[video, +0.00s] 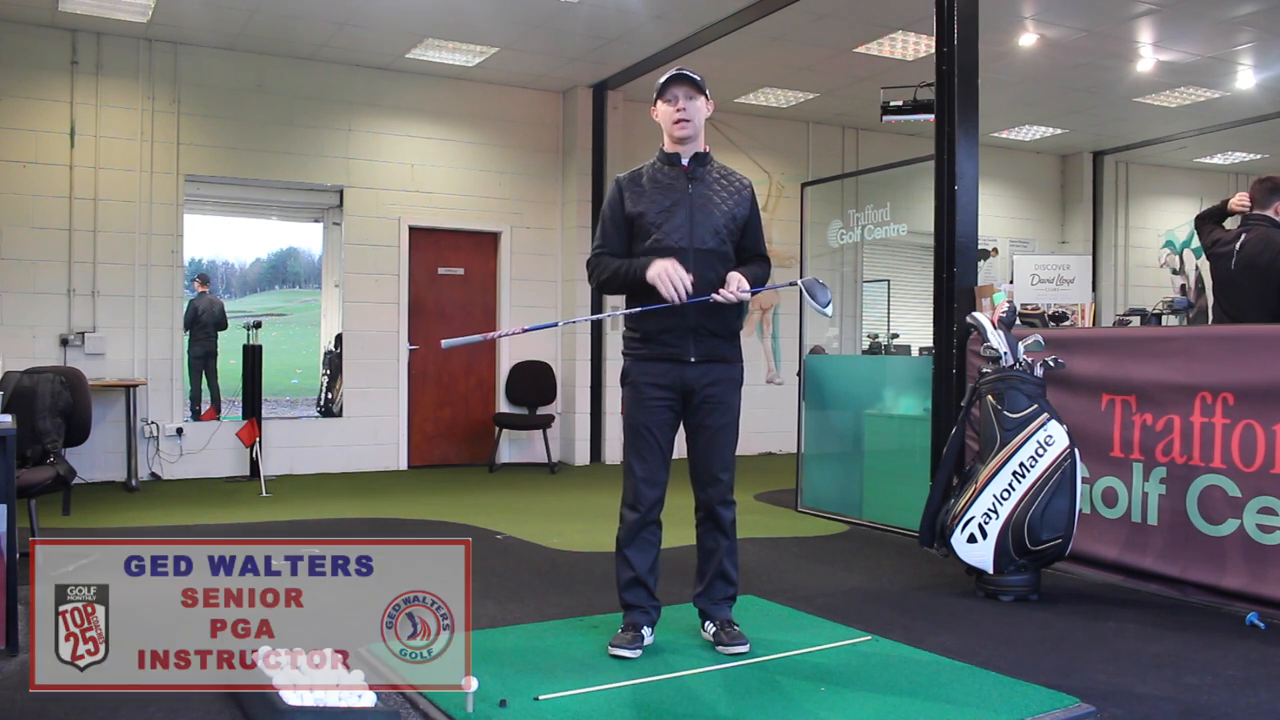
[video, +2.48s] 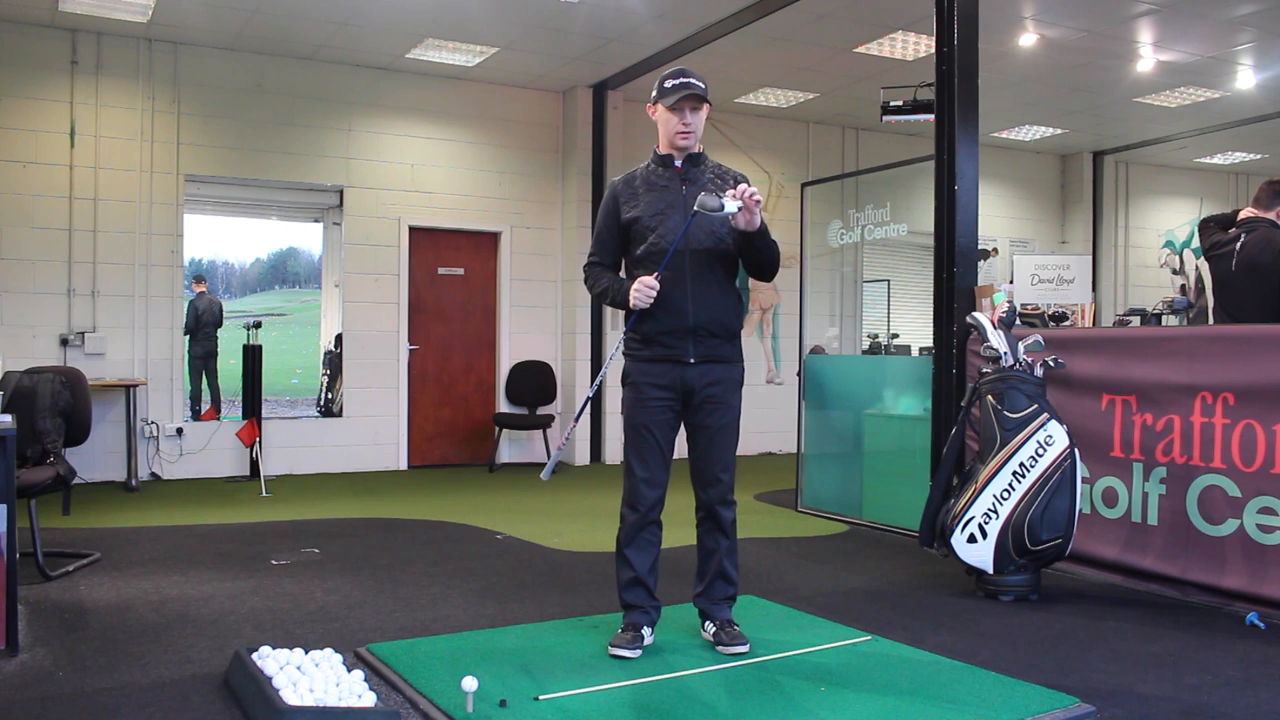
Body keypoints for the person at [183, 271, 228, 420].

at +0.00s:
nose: (194, 285)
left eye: (195, 283)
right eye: (194, 283)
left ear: (199, 284)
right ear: (207, 285)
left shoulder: (194, 302)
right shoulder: (218, 302)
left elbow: (186, 324)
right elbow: (224, 325)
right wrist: (211, 325)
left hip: (196, 346)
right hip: (212, 346)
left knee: (195, 382)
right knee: (213, 381)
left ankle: (196, 414)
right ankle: (216, 412)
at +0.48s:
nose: (194, 285)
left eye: (195, 283)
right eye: (195, 282)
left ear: (199, 284)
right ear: (208, 285)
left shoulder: (194, 302)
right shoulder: (218, 302)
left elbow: (187, 325)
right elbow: (224, 325)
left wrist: (188, 333)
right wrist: (211, 328)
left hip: (196, 345)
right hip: (212, 344)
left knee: (195, 382)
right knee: (213, 381)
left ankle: (196, 414)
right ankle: (216, 412)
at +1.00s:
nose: (193, 285)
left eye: (195, 283)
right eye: (194, 283)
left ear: (198, 284)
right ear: (207, 284)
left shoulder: (195, 303)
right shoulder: (218, 302)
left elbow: (188, 325)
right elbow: (223, 325)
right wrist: (210, 326)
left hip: (197, 345)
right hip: (212, 345)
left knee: (196, 382)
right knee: (213, 381)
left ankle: (196, 414)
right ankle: (216, 412)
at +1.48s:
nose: (193, 286)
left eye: (194, 284)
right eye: (194, 284)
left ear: (198, 284)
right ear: (207, 284)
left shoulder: (195, 303)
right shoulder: (217, 302)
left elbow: (190, 326)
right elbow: (220, 323)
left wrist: (184, 333)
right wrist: (208, 324)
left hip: (197, 344)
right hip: (212, 344)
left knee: (195, 382)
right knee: (213, 380)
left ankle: (196, 414)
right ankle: (216, 411)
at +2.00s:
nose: (192, 286)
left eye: (193, 284)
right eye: (193, 284)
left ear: (197, 285)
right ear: (206, 284)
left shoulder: (195, 303)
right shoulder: (217, 301)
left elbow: (190, 326)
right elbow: (219, 322)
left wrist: (185, 332)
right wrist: (208, 327)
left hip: (197, 344)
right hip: (212, 343)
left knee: (195, 382)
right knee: (213, 381)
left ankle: (196, 414)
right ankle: (216, 411)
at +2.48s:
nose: (192, 287)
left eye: (192, 285)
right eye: (193, 285)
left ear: (195, 285)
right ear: (206, 285)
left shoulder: (194, 303)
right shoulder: (216, 302)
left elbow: (190, 326)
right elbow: (219, 323)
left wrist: (185, 331)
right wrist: (208, 326)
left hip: (197, 345)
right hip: (212, 344)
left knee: (196, 382)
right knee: (213, 380)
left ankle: (195, 414)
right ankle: (216, 412)